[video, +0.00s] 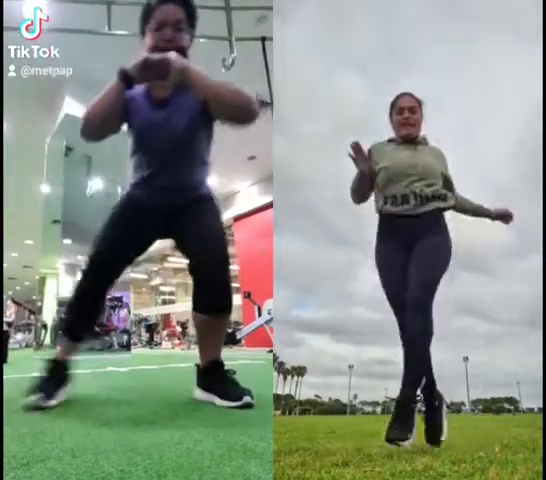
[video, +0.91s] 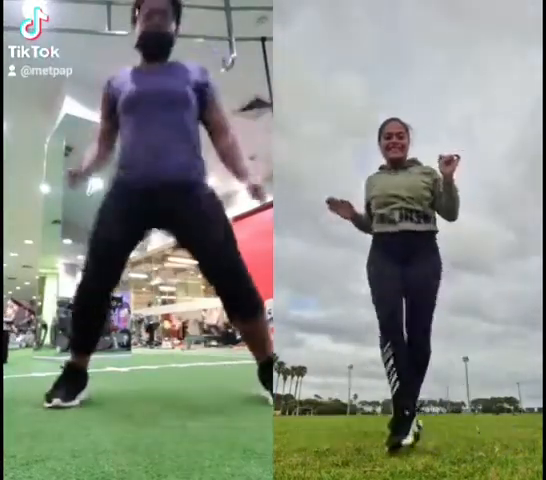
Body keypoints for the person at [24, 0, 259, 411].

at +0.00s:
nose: (169, 36)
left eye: (179, 28)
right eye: (160, 28)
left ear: (191, 38)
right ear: (144, 38)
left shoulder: (202, 88)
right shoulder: (131, 90)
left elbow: (247, 113)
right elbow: (90, 130)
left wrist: (187, 73)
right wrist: (127, 78)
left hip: (193, 202)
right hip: (142, 202)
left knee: (214, 273)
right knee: (98, 273)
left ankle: (211, 372)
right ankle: (58, 369)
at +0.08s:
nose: (172, 33)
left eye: (182, 25)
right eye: (163, 24)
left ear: (195, 36)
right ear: (148, 33)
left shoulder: (206, 84)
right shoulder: (136, 91)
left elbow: (252, 104)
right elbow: (95, 125)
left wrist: (190, 66)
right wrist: (131, 74)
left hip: (199, 201)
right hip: (147, 201)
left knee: (215, 274)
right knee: (107, 265)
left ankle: (211, 373)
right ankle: (78, 367)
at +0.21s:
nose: (186, 30)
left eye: (196, 22)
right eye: (177, 21)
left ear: (210, 32)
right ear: (162, 31)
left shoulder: (218, 82)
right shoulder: (148, 87)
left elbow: (263, 99)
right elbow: (107, 124)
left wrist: (204, 62)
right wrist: (144, 72)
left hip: (206, 198)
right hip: (156, 198)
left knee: (214, 277)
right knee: (134, 278)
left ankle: (210, 372)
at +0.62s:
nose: (175, 9)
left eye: (182, 5)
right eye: (169, 4)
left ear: (194, 11)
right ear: (159, 11)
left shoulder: (214, 50)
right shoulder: (136, 54)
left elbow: (250, 93)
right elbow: (109, 106)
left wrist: (260, 95)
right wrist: (94, 106)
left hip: (203, 167)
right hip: (152, 172)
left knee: (219, 262)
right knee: (146, 261)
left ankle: (227, 363)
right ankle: (156, 337)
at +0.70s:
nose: (163, 6)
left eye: (170, 2)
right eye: (158, 2)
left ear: (184, 9)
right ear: (149, 11)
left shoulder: (205, 45)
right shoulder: (129, 55)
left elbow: (240, 91)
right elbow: (108, 117)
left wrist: (259, 116)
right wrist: (86, 137)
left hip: (198, 161)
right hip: (147, 167)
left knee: (230, 257)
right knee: (124, 264)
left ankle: (258, 349)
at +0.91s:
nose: (153, 22)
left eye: (163, 16)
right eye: (146, 16)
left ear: (176, 28)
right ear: (134, 29)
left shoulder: (194, 76)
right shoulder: (118, 82)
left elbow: (222, 133)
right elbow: (105, 143)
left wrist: (246, 176)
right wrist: (85, 168)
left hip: (188, 192)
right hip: (130, 193)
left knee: (232, 277)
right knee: (94, 283)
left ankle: (269, 368)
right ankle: (75, 373)